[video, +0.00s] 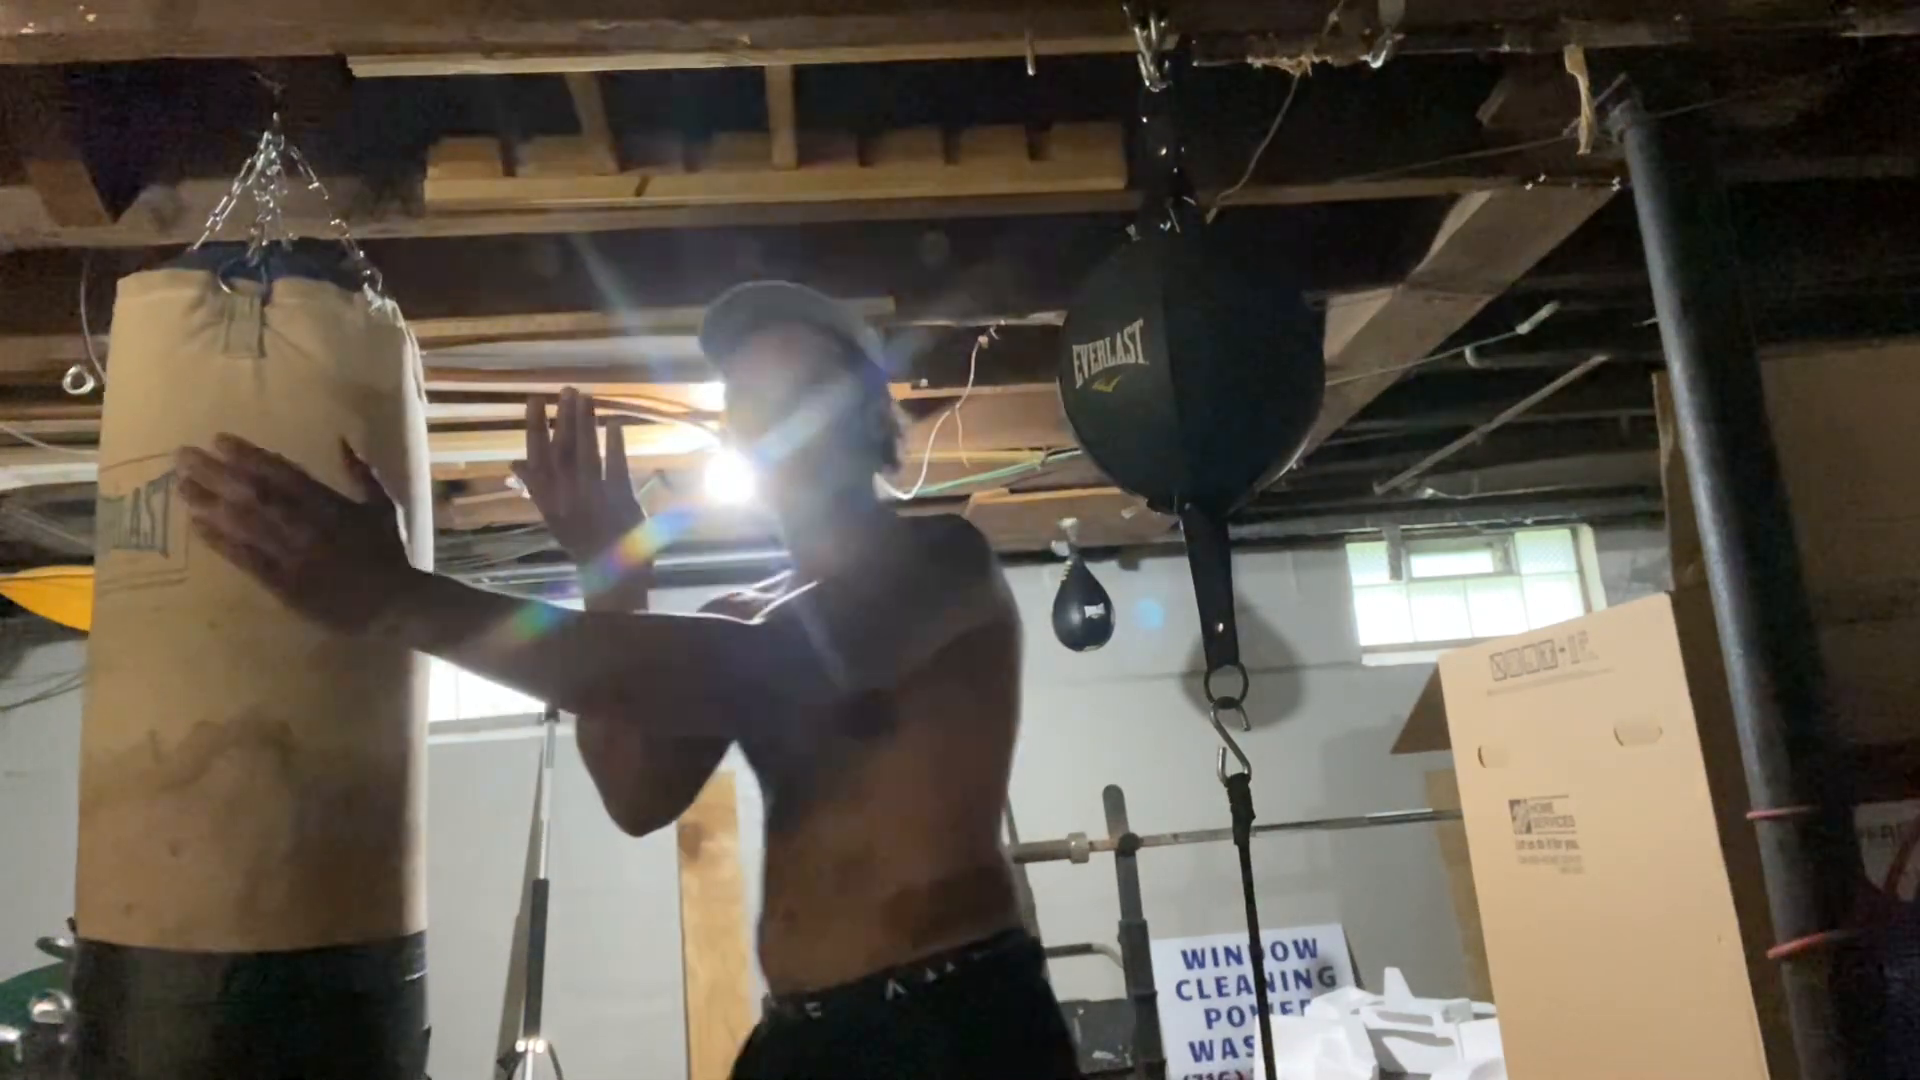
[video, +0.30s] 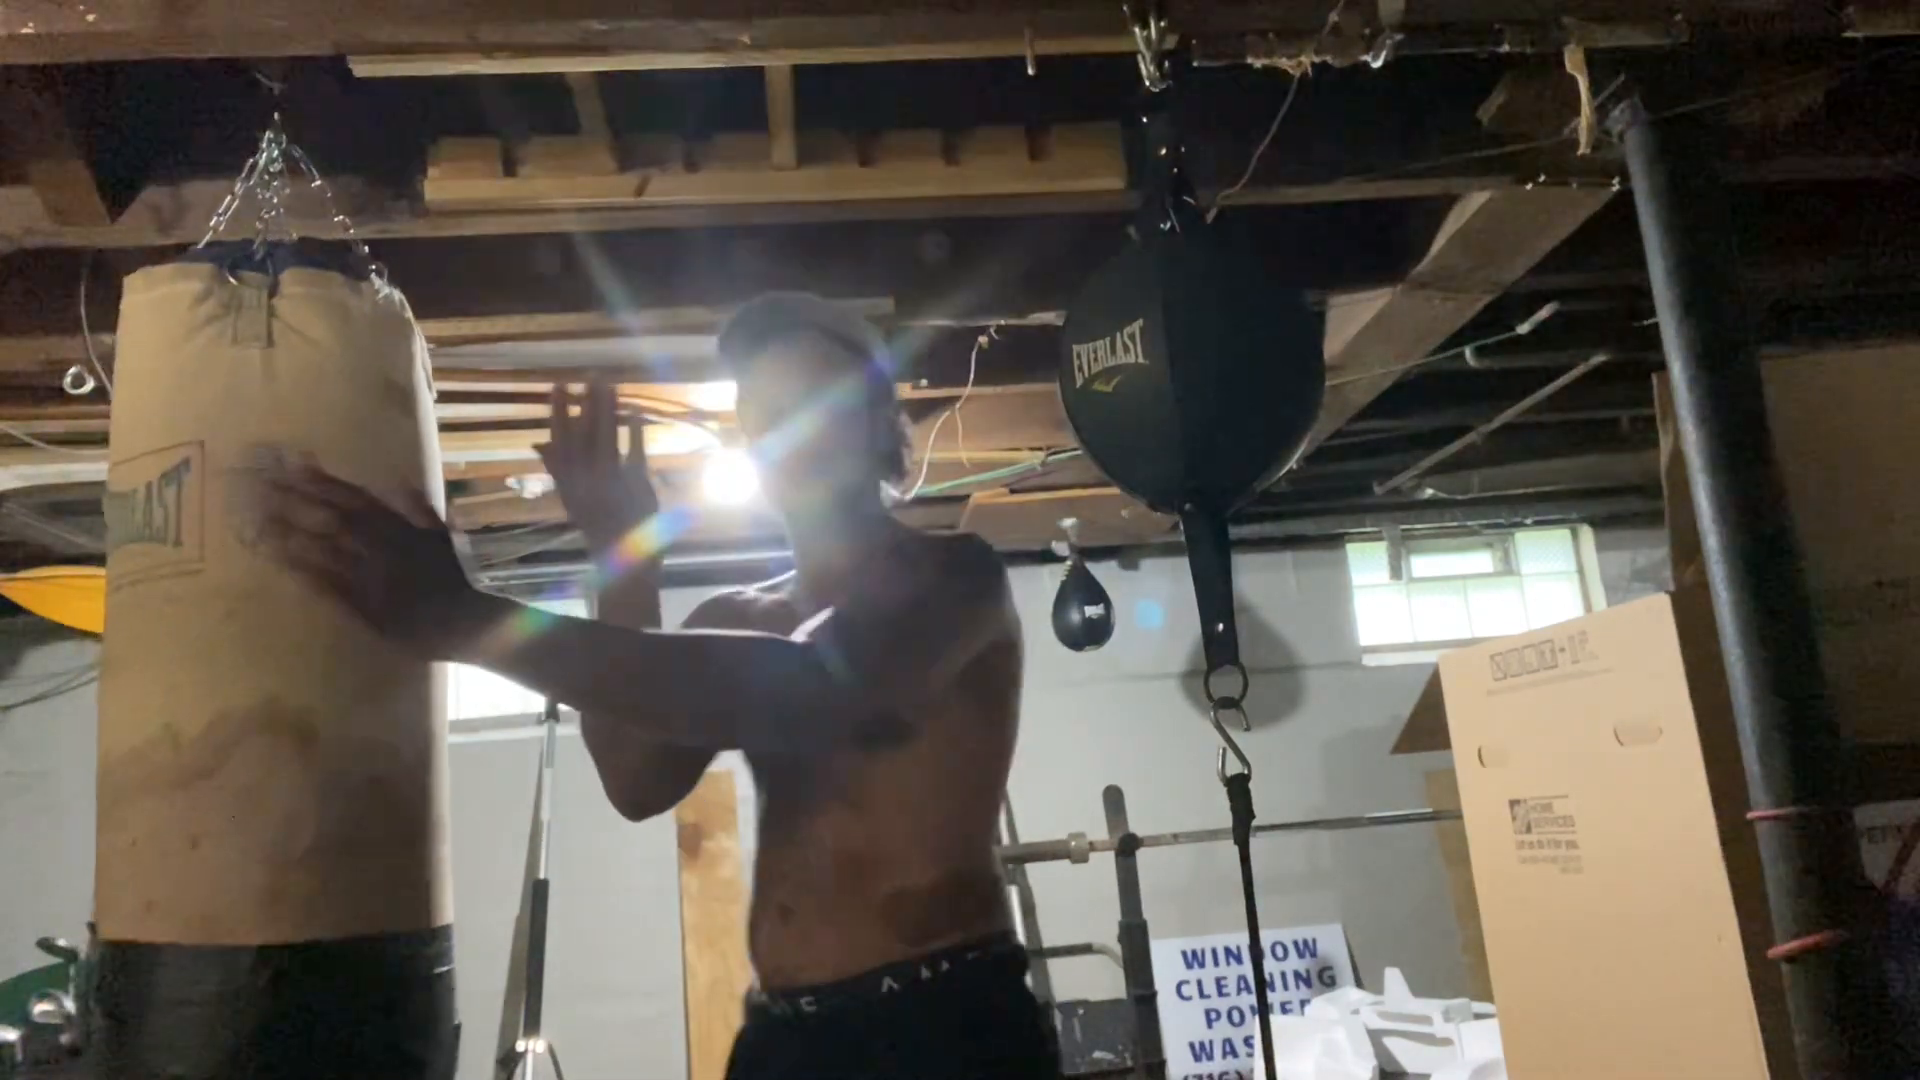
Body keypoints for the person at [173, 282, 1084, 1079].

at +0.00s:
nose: (778, 433)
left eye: (805, 396)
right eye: (751, 413)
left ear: (878, 416)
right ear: (731, 445)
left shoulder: (941, 557)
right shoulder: (762, 624)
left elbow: (765, 679)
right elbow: (645, 797)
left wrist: (400, 604)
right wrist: (607, 574)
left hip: (959, 1016)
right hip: (801, 1034)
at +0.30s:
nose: (790, 446)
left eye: (817, 412)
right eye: (763, 424)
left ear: (885, 428)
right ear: (743, 452)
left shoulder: (952, 576)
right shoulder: (747, 615)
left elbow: (812, 700)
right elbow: (640, 784)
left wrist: (475, 624)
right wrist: (625, 559)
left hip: (943, 1018)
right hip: (786, 1030)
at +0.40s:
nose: (786, 437)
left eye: (814, 405)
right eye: (755, 416)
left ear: (869, 430)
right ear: (727, 447)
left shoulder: (949, 582)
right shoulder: (705, 606)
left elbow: (837, 717)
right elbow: (615, 765)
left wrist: (555, 640)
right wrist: (632, 535)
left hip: (929, 1007)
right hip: (762, 1025)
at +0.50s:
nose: (777, 431)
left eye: (806, 401)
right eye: (748, 409)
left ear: (859, 426)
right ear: (720, 438)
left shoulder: (946, 584)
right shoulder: (689, 603)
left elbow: (912, 743)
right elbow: (594, 735)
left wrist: (656, 662)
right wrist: (629, 505)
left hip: (927, 1007)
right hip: (748, 1027)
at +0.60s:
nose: (780, 438)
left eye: (809, 408)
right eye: (751, 414)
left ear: (856, 431)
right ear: (719, 445)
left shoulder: (948, 589)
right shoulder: (678, 598)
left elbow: (969, 756)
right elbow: (587, 716)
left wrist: (745, 664)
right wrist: (628, 470)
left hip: (930, 1010)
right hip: (741, 1029)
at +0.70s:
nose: (807, 439)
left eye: (830, 411)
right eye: (777, 419)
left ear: (876, 428)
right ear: (740, 445)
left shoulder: (968, 593)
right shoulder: (686, 607)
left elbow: (1066, 754)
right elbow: (581, 726)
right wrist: (641, 455)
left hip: (953, 1011)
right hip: (759, 1031)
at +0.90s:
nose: (843, 419)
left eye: (870, 391)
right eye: (811, 395)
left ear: (915, 417)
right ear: (770, 428)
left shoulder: (996, 562)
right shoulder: (723, 607)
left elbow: (1193, 717)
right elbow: (581, 779)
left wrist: (1032, 593)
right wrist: (688, 545)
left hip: (1015, 1000)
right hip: (823, 1018)